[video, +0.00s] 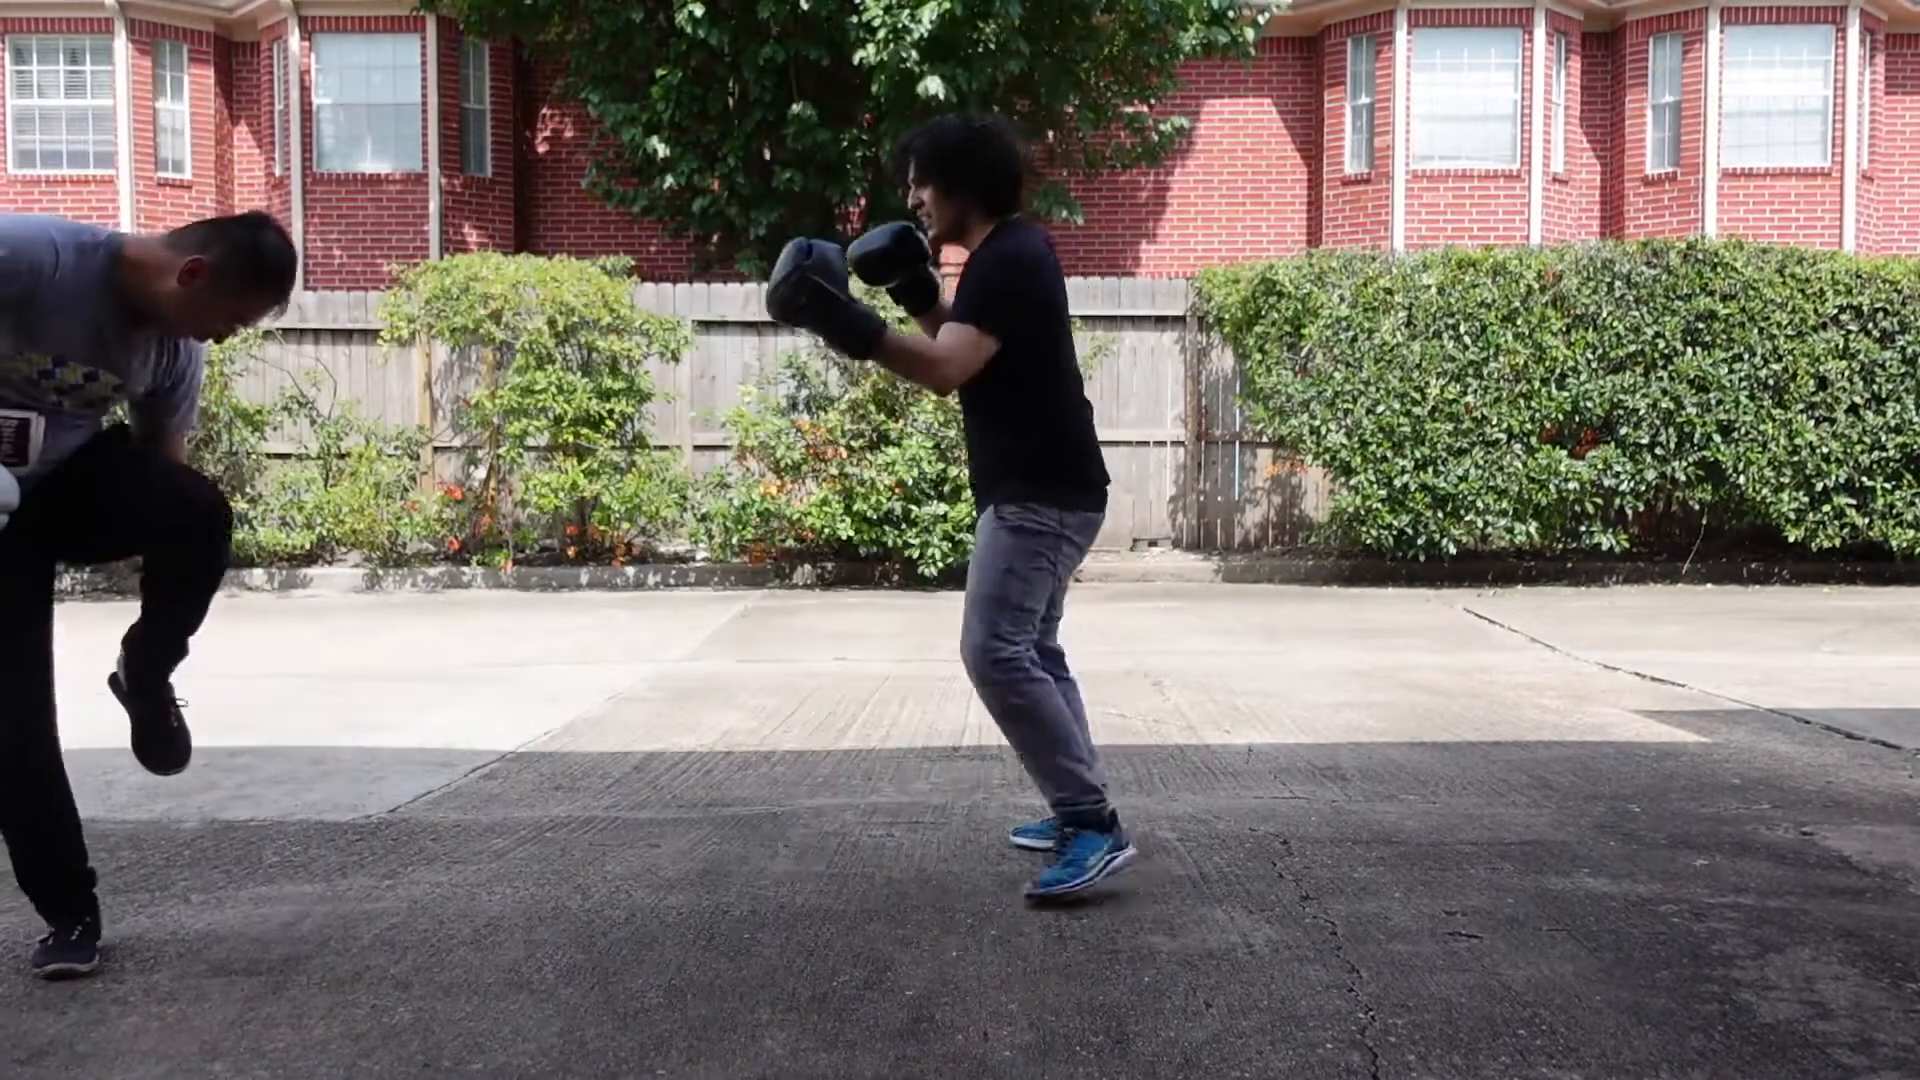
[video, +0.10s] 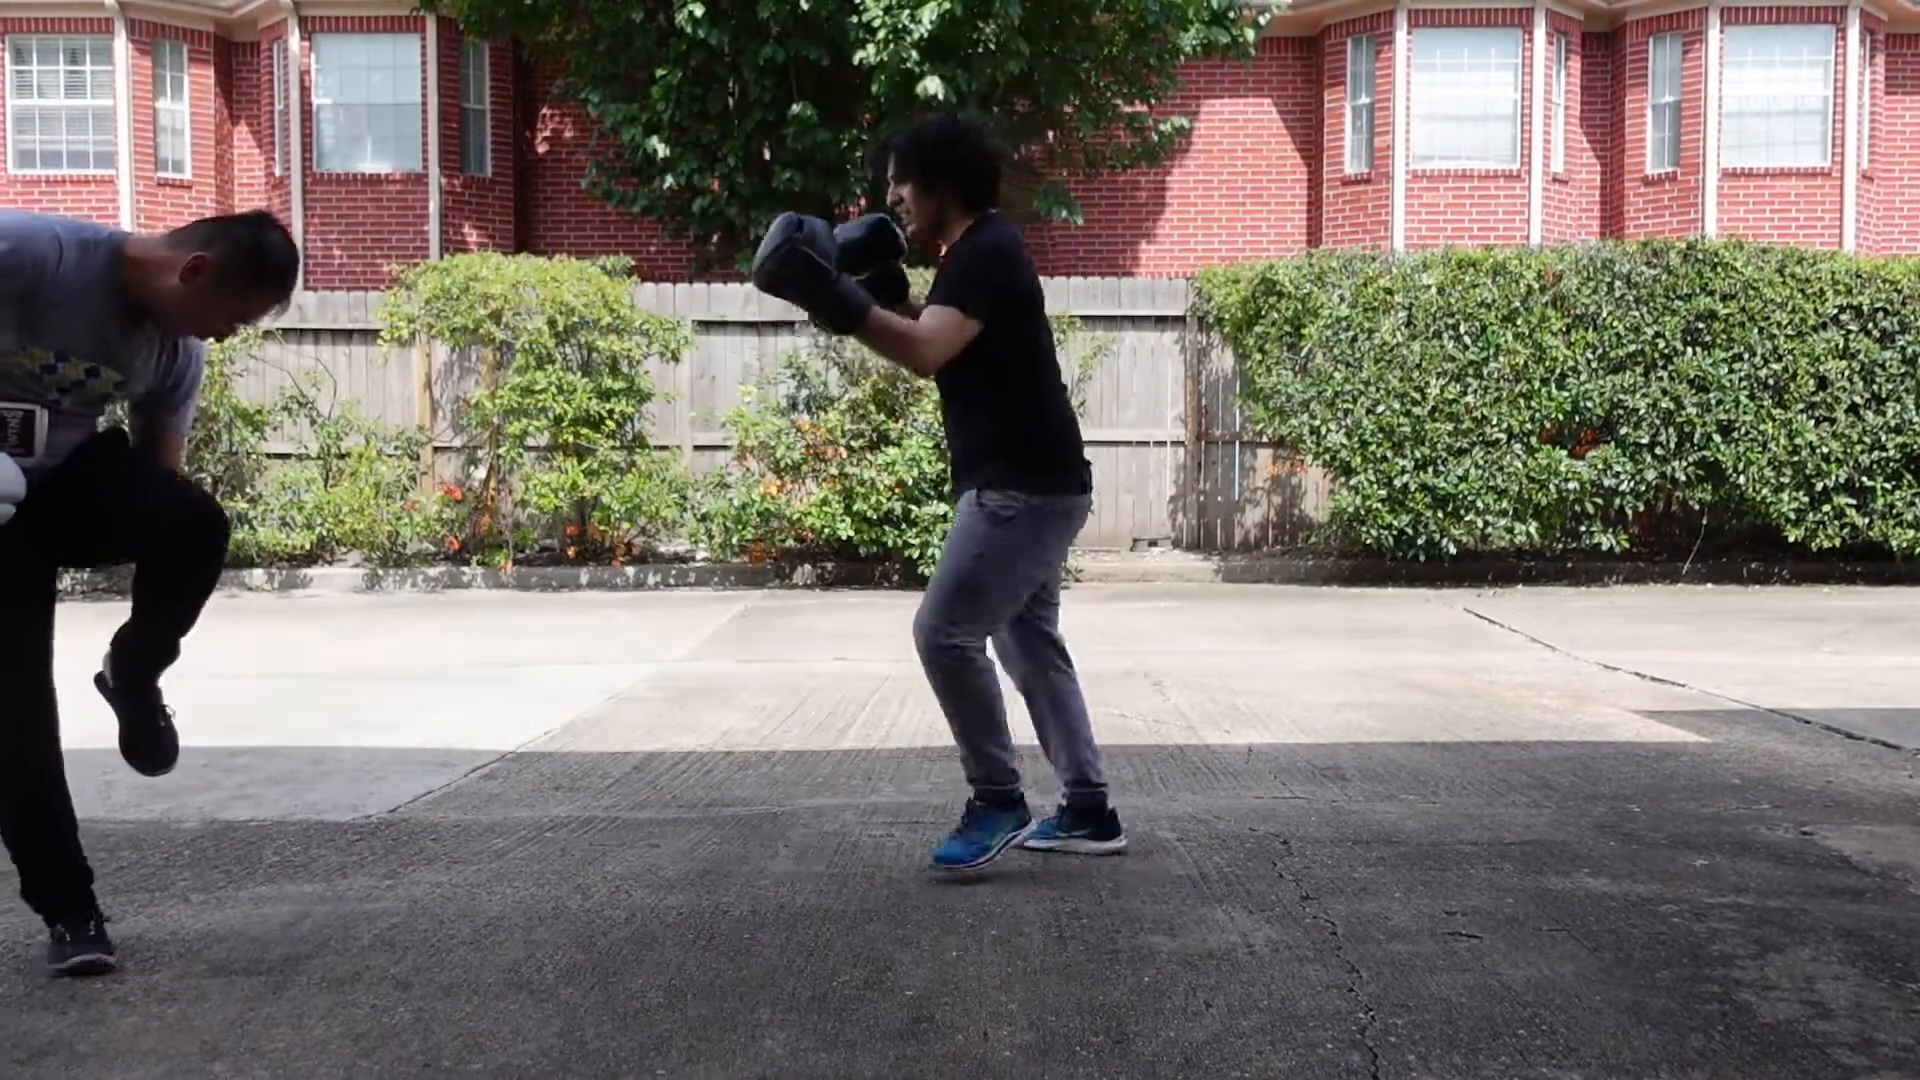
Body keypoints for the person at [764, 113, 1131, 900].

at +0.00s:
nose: (916, 202)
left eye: (924, 187)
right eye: (915, 188)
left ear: (960, 188)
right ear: (986, 185)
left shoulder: (1009, 256)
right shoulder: (1004, 252)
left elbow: (947, 368)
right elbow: (972, 353)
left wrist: (849, 324)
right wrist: (921, 290)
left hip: (1038, 496)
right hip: (1036, 491)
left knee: (994, 651)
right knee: (1033, 648)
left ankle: (1092, 825)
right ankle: (1080, 807)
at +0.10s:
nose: (895, 202)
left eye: (903, 186)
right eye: (892, 188)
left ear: (944, 186)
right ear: (955, 189)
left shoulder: (986, 250)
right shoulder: (971, 255)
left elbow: (926, 351)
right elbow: (931, 350)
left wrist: (832, 299)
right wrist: (886, 286)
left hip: (1022, 492)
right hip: (1023, 489)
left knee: (945, 633)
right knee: (1032, 646)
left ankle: (998, 802)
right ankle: (1088, 808)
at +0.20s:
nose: (871, 217)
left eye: (880, 202)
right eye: (867, 204)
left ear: (924, 198)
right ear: (927, 201)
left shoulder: (962, 262)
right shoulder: (946, 262)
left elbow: (914, 358)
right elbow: (909, 350)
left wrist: (831, 303)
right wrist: (854, 287)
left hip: (997, 500)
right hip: (1002, 497)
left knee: (909, 631)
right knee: (1013, 654)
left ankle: (896, 801)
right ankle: (1086, 806)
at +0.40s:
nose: (810, 220)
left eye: (820, 205)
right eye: (809, 206)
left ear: (860, 206)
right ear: (867, 211)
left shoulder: (901, 280)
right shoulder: (885, 280)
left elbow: (929, 400)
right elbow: (889, 380)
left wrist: (825, 389)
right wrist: (822, 354)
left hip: (911, 508)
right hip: (928, 506)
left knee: (845, 647)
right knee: (912, 648)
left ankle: (858, 813)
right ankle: (1028, 764)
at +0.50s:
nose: (788, 208)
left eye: (799, 195)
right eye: (787, 195)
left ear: (839, 198)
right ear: (835, 204)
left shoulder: (882, 277)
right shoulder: (845, 278)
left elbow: (921, 397)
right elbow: (866, 373)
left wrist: (822, 420)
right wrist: (805, 363)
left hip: (890, 500)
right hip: (869, 496)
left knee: (834, 645)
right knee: (858, 634)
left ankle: (859, 814)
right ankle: (959, 745)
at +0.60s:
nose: (773, 196)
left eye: (784, 183)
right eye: (770, 184)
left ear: (827, 186)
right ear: (800, 191)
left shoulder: (868, 266)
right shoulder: (823, 265)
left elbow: (900, 386)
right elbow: (838, 365)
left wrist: (812, 457)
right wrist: (783, 382)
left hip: (873, 487)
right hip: (835, 482)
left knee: (838, 641)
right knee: (795, 615)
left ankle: (858, 812)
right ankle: (889, 748)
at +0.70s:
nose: (763, 195)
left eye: (774, 182)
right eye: (761, 183)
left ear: (818, 184)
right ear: (785, 188)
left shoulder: (859, 261)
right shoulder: (804, 261)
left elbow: (891, 386)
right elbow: (817, 364)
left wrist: (827, 470)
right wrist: (768, 398)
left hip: (854, 490)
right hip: (797, 483)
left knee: (830, 642)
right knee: (767, 621)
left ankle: (860, 810)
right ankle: (808, 758)